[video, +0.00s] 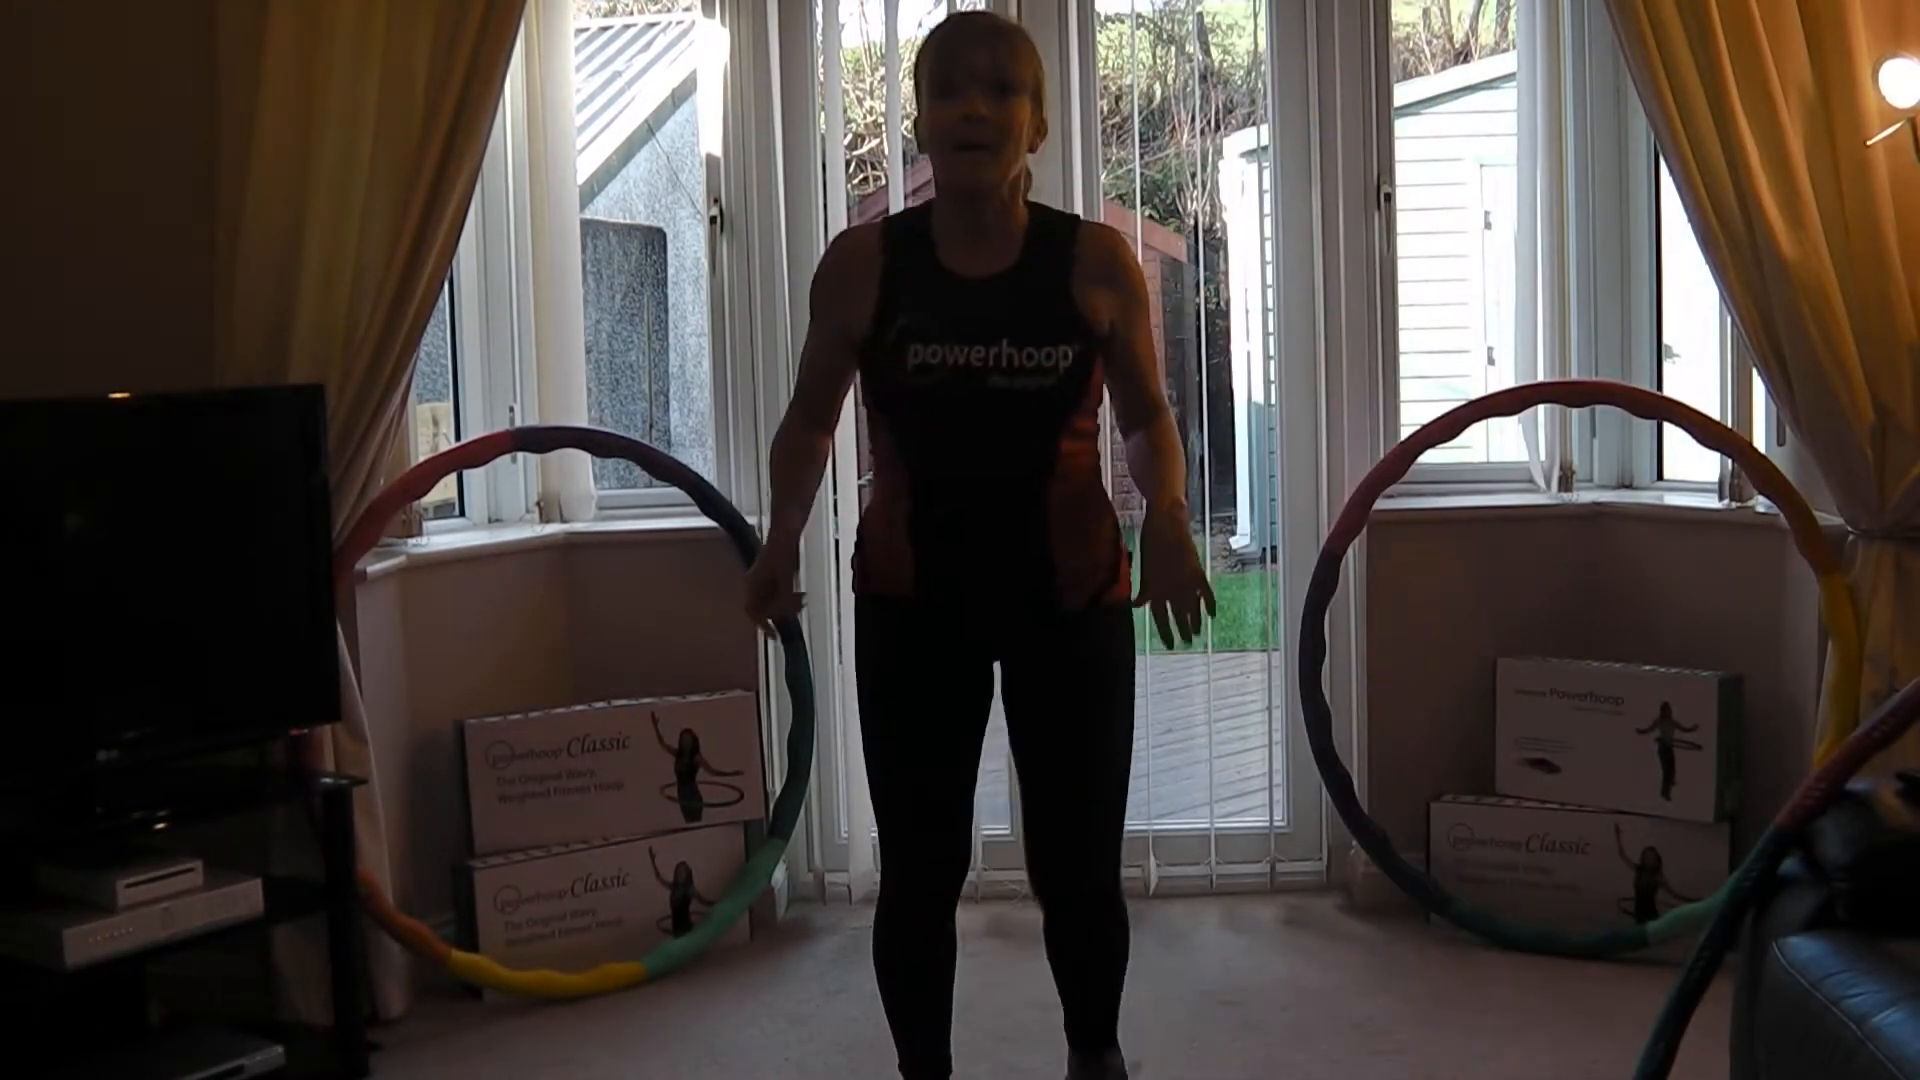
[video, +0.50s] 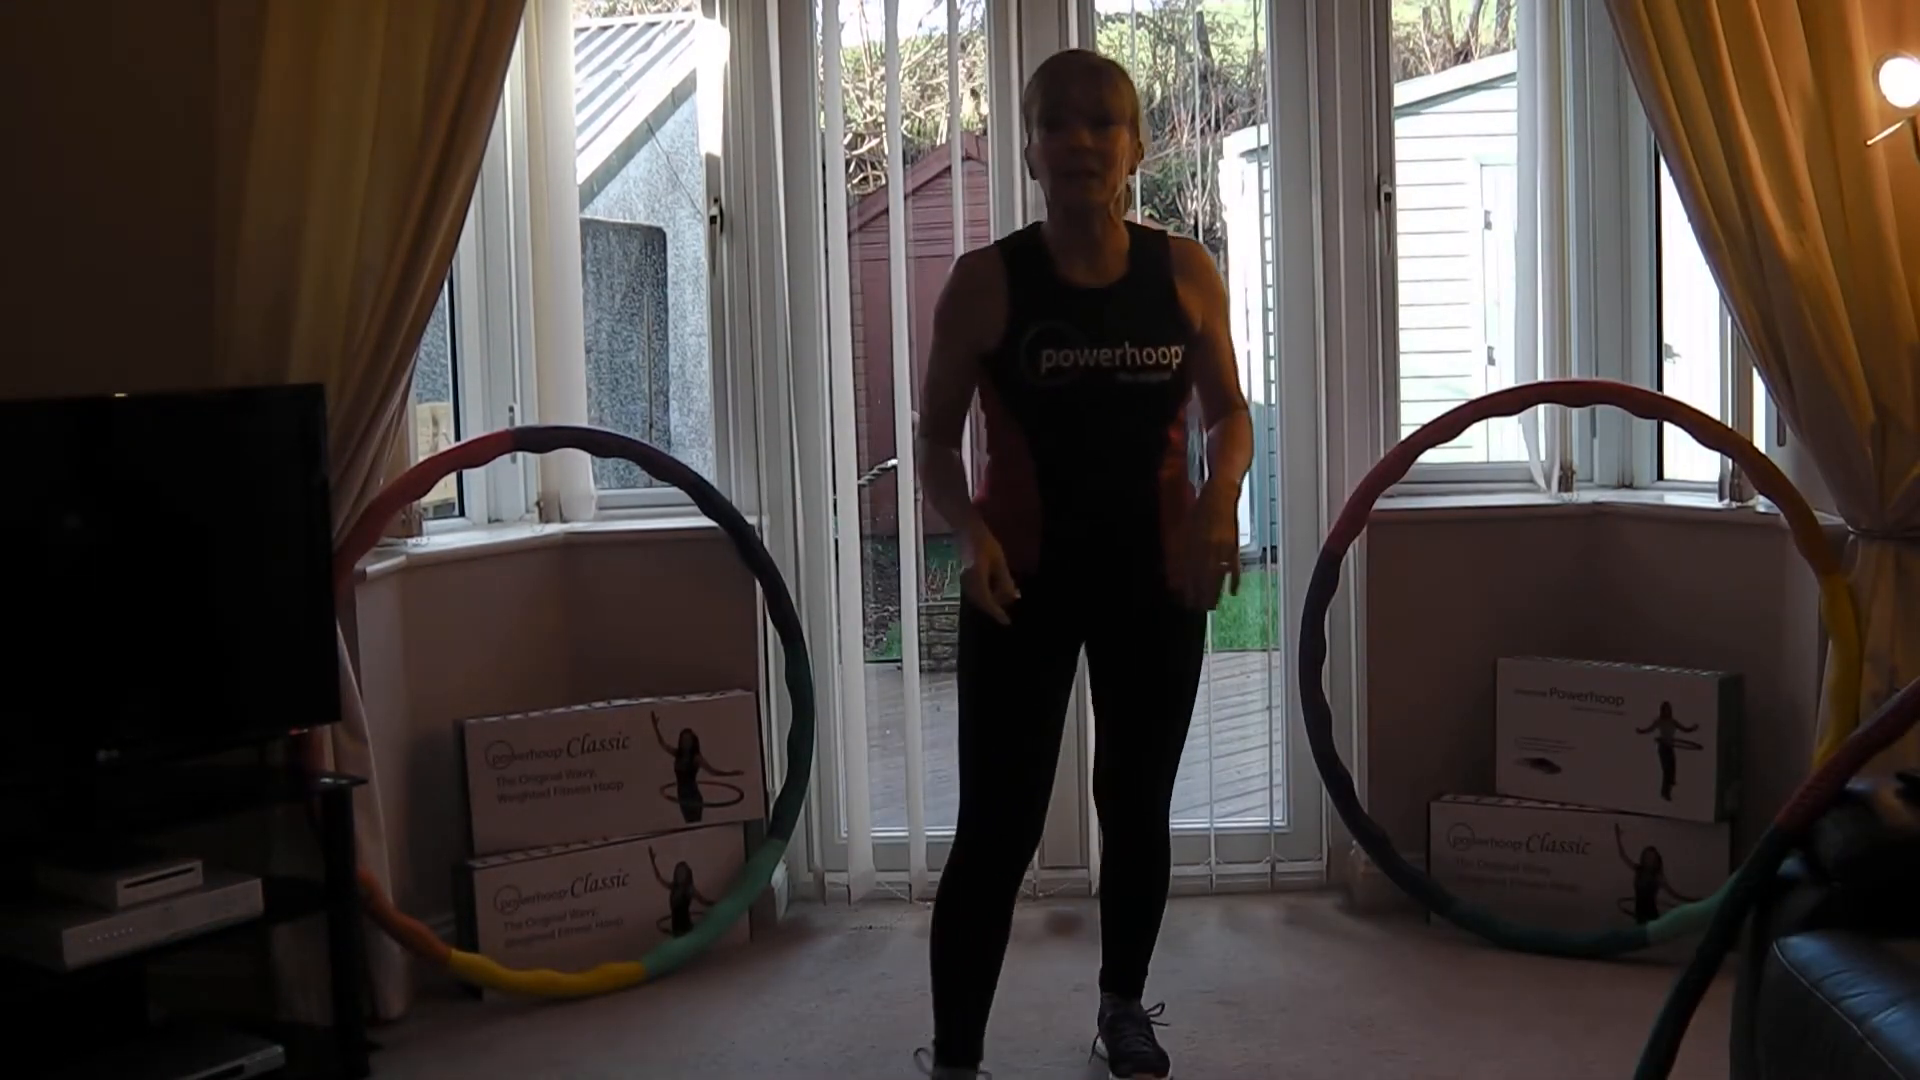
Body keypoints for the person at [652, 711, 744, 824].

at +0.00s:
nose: (685, 742)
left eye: (688, 739)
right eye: (683, 739)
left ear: (693, 742)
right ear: (680, 741)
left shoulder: (696, 757)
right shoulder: (678, 754)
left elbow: (712, 772)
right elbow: (662, 744)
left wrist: (732, 774)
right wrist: (655, 726)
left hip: (693, 795)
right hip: (682, 795)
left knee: (696, 828)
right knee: (690, 829)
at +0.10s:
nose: (685, 742)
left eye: (688, 739)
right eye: (683, 739)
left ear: (693, 742)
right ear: (680, 741)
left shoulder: (696, 757)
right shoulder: (678, 754)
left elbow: (712, 772)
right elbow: (662, 744)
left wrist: (732, 774)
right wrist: (655, 726)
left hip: (693, 795)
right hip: (682, 795)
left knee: (696, 828)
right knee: (690, 829)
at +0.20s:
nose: (685, 741)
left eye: (688, 739)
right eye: (683, 739)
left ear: (693, 741)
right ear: (680, 741)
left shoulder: (696, 757)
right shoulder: (678, 754)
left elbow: (713, 772)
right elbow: (662, 744)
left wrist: (732, 773)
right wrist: (655, 725)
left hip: (693, 794)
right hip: (682, 795)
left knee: (696, 828)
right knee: (691, 828)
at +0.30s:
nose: (685, 742)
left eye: (688, 739)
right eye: (683, 739)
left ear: (693, 741)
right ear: (680, 741)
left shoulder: (696, 757)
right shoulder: (678, 754)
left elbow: (712, 772)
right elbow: (662, 744)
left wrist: (732, 773)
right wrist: (655, 726)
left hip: (693, 794)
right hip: (682, 795)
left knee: (696, 828)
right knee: (690, 828)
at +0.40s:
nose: (685, 742)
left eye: (688, 739)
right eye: (683, 739)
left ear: (694, 741)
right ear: (680, 741)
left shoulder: (696, 757)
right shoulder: (678, 754)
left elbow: (713, 772)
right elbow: (662, 744)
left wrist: (732, 773)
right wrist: (655, 726)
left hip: (693, 794)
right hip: (682, 795)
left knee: (696, 828)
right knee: (690, 828)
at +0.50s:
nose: (685, 741)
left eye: (688, 739)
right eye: (683, 739)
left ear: (693, 741)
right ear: (680, 741)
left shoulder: (696, 757)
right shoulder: (678, 754)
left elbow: (713, 772)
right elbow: (662, 744)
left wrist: (732, 773)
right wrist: (655, 725)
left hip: (693, 794)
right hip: (682, 795)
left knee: (696, 828)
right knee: (691, 828)